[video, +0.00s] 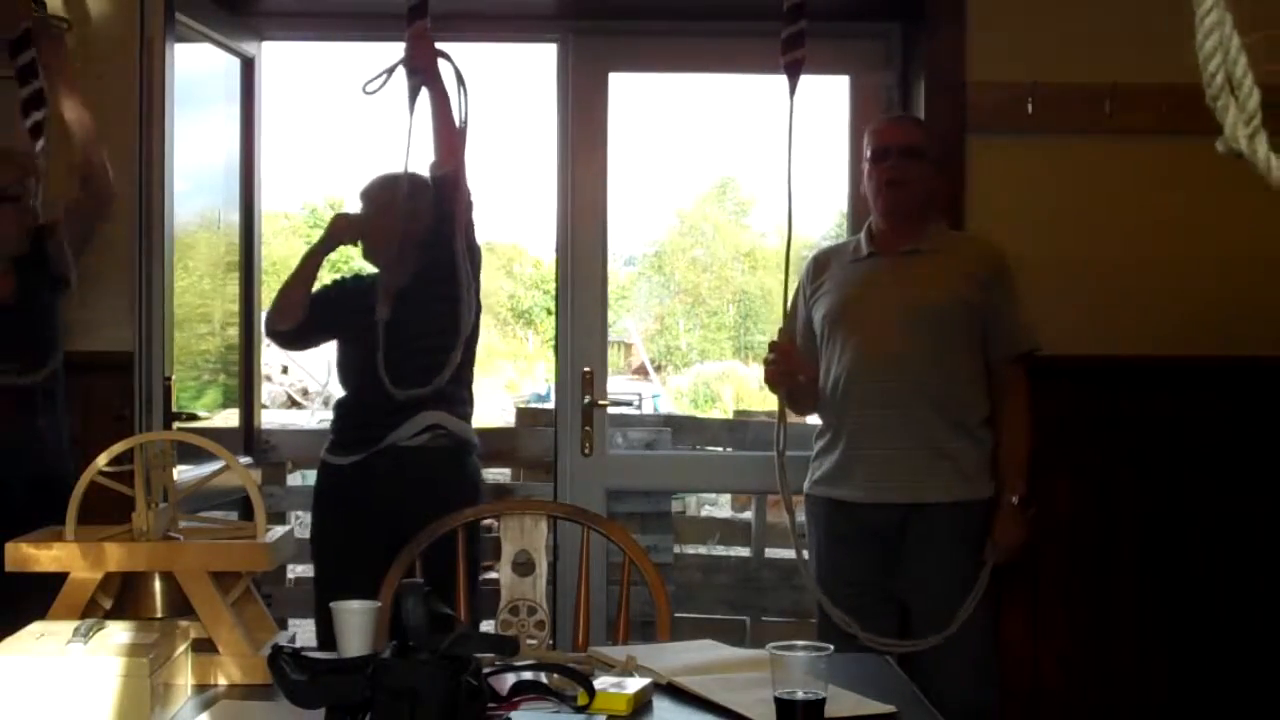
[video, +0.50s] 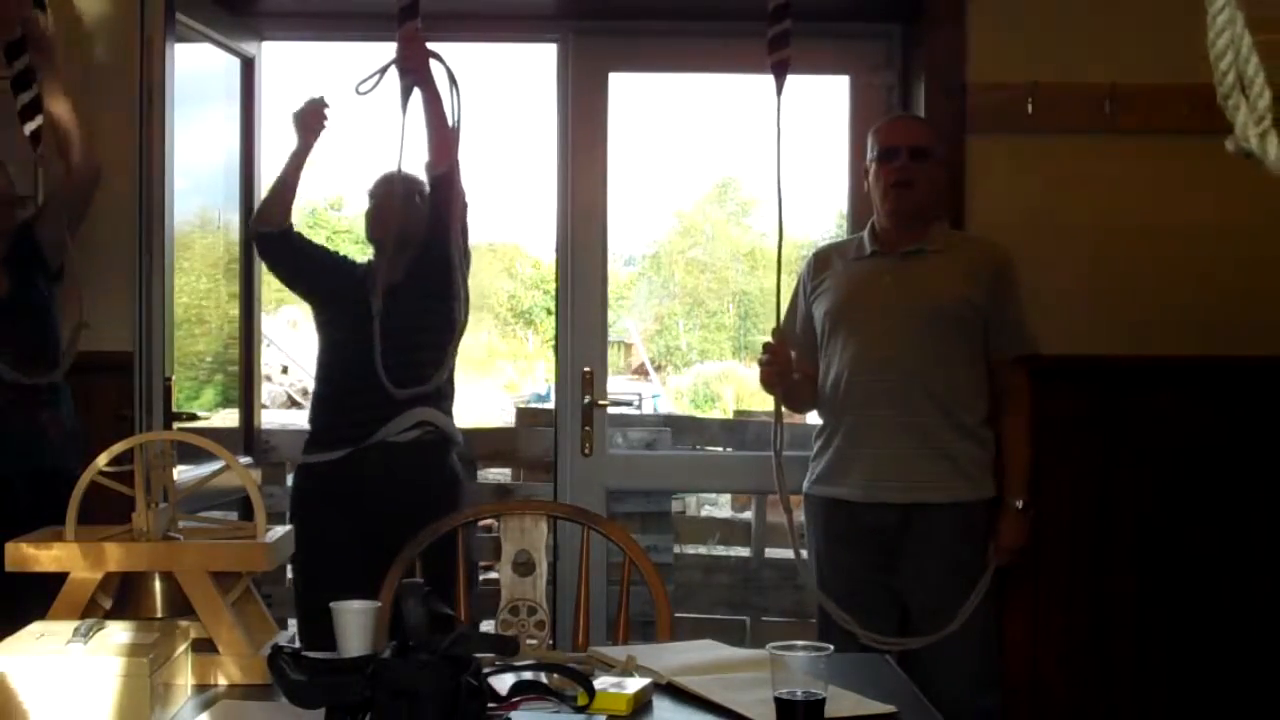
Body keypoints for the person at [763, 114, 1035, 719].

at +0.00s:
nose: (892, 168)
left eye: (909, 156)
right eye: (879, 157)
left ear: (935, 173)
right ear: (863, 175)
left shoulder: (976, 262)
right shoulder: (824, 268)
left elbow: (1010, 386)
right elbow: (809, 397)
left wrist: (1012, 498)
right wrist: (787, 380)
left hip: (950, 506)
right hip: (842, 505)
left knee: (953, 679)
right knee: (854, 677)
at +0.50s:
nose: (902, 167)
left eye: (918, 156)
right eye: (888, 156)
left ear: (941, 172)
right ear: (868, 174)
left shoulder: (982, 263)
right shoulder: (825, 266)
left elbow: (1013, 390)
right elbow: (808, 391)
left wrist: (1014, 503)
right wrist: (782, 381)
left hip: (952, 506)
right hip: (843, 505)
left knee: (953, 682)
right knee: (854, 678)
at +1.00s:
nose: (912, 169)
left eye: (926, 157)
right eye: (894, 158)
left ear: (944, 172)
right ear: (866, 178)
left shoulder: (981, 263)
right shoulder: (823, 266)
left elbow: (1013, 387)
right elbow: (807, 394)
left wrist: (1015, 500)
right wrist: (787, 380)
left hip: (951, 506)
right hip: (843, 505)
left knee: (954, 681)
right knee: (855, 676)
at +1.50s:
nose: (918, 171)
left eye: (929, 159)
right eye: (900, 160)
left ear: (943, 172)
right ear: (866, 178)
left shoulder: (983, 264)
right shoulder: (823, 268)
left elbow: (1012, 389)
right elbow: (806, 393)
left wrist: (1015, 503)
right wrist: (784, 382)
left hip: (953, 509)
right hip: (843, 506)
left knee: (952, 681)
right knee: (853, 678)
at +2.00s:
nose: (900, 173)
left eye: (917, 160)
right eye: (884, 161)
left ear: (939, 175)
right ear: (862, 177)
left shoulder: (979, 264)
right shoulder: (822, 269)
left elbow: (1010, 389)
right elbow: (805, 397)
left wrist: (1016, 503)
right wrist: (787, 384)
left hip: (952, 509)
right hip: (842, 508)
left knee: (953, 684)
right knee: (853, 681)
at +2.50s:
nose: (879, 171)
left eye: (898, 158)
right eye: (869, 160)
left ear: (933, 175)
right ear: (857, 177)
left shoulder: (977, 264)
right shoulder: (821, 269)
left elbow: (1009, 387)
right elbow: (810, 394)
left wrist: (1011, 502)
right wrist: (779, 386)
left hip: (948, 508)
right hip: (841, 507)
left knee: (951, 682)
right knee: (852, 679)